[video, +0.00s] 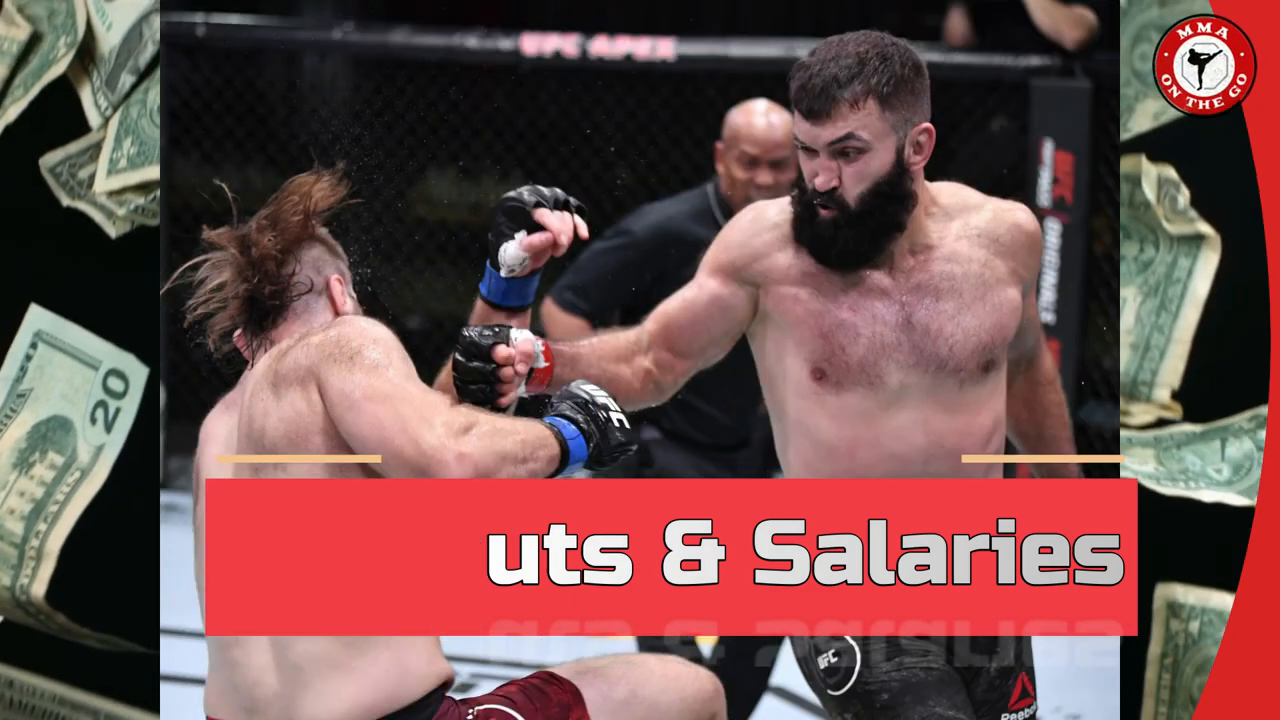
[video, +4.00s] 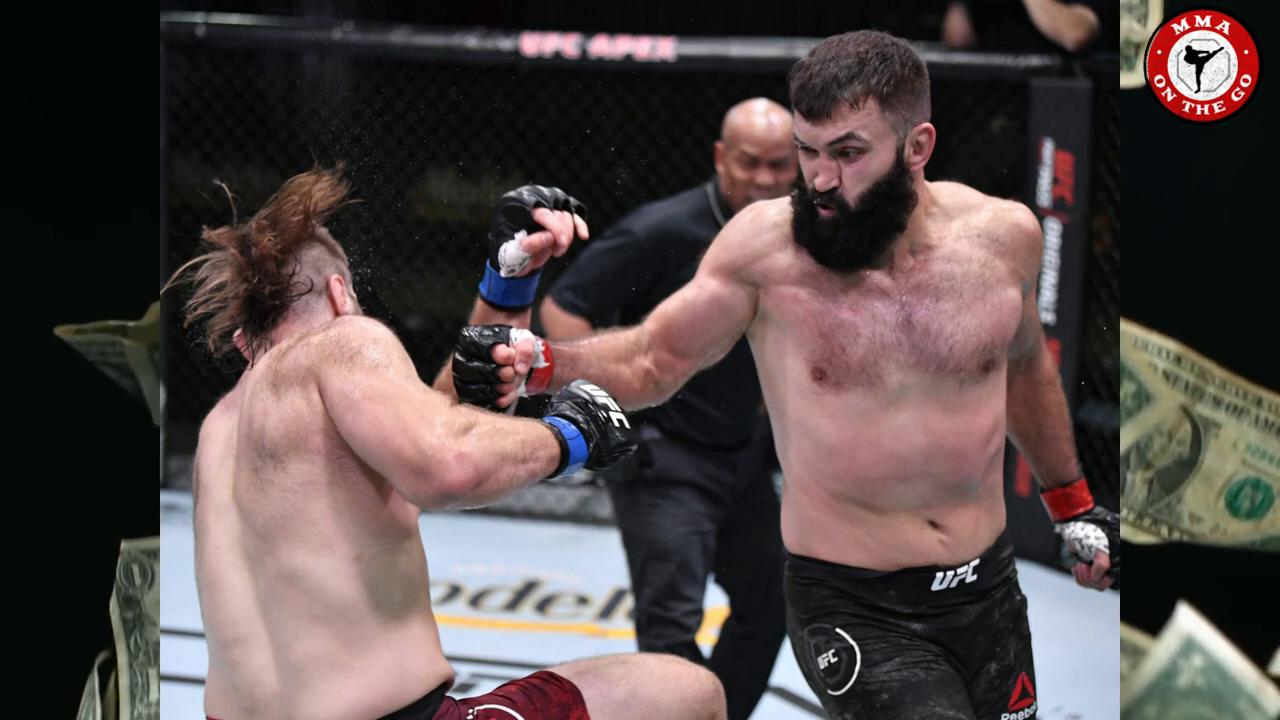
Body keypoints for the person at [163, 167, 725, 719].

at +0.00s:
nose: (363, 306)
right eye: (356, 289)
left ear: (243, 345)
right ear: (340, 291)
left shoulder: (216, 429)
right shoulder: (347, 345)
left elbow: (442, 425)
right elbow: (453, 456)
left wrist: (508, 284)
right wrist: (575, 432)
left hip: (237, 715)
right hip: (394, 709)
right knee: (691, 687)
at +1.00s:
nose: (366, 312)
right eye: (358, 293)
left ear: (243, 344)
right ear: (341, 291)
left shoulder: (218, 426)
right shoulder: (344, 347)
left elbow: (444, 432)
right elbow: (447, 467)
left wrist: (508, 284)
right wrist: (575, 432)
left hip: (241, 712)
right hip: (397, 708)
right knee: (691, 687)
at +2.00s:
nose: (363, 308)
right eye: (356, 290)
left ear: (243, 346)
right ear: (340, 290)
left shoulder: (217, 427)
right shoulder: (344, 346)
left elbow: (445, 428)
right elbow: (446, 467)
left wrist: (509, 282)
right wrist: (576, 431)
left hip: (238, 713)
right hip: (396, 709)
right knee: (691, 687)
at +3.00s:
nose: (363, 308)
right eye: (356, 290)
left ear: (243, 346)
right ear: (340, 290)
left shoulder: (217, 427)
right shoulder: (344, 346)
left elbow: (444, 429)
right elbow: (446, 466)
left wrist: (508, 283)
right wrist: (576, 430)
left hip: (239, 712)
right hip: (396, 708)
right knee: (691, 687)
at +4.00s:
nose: (364, 309)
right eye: (357, 292)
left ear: (242, 343)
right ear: (339, 292)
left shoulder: (217, 426)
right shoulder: (343, 346)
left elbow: (445, 427)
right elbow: (447, 467)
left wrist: (508, 283)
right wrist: (576, 430)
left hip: (238, 713)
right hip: (395, 709)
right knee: (691, 687)